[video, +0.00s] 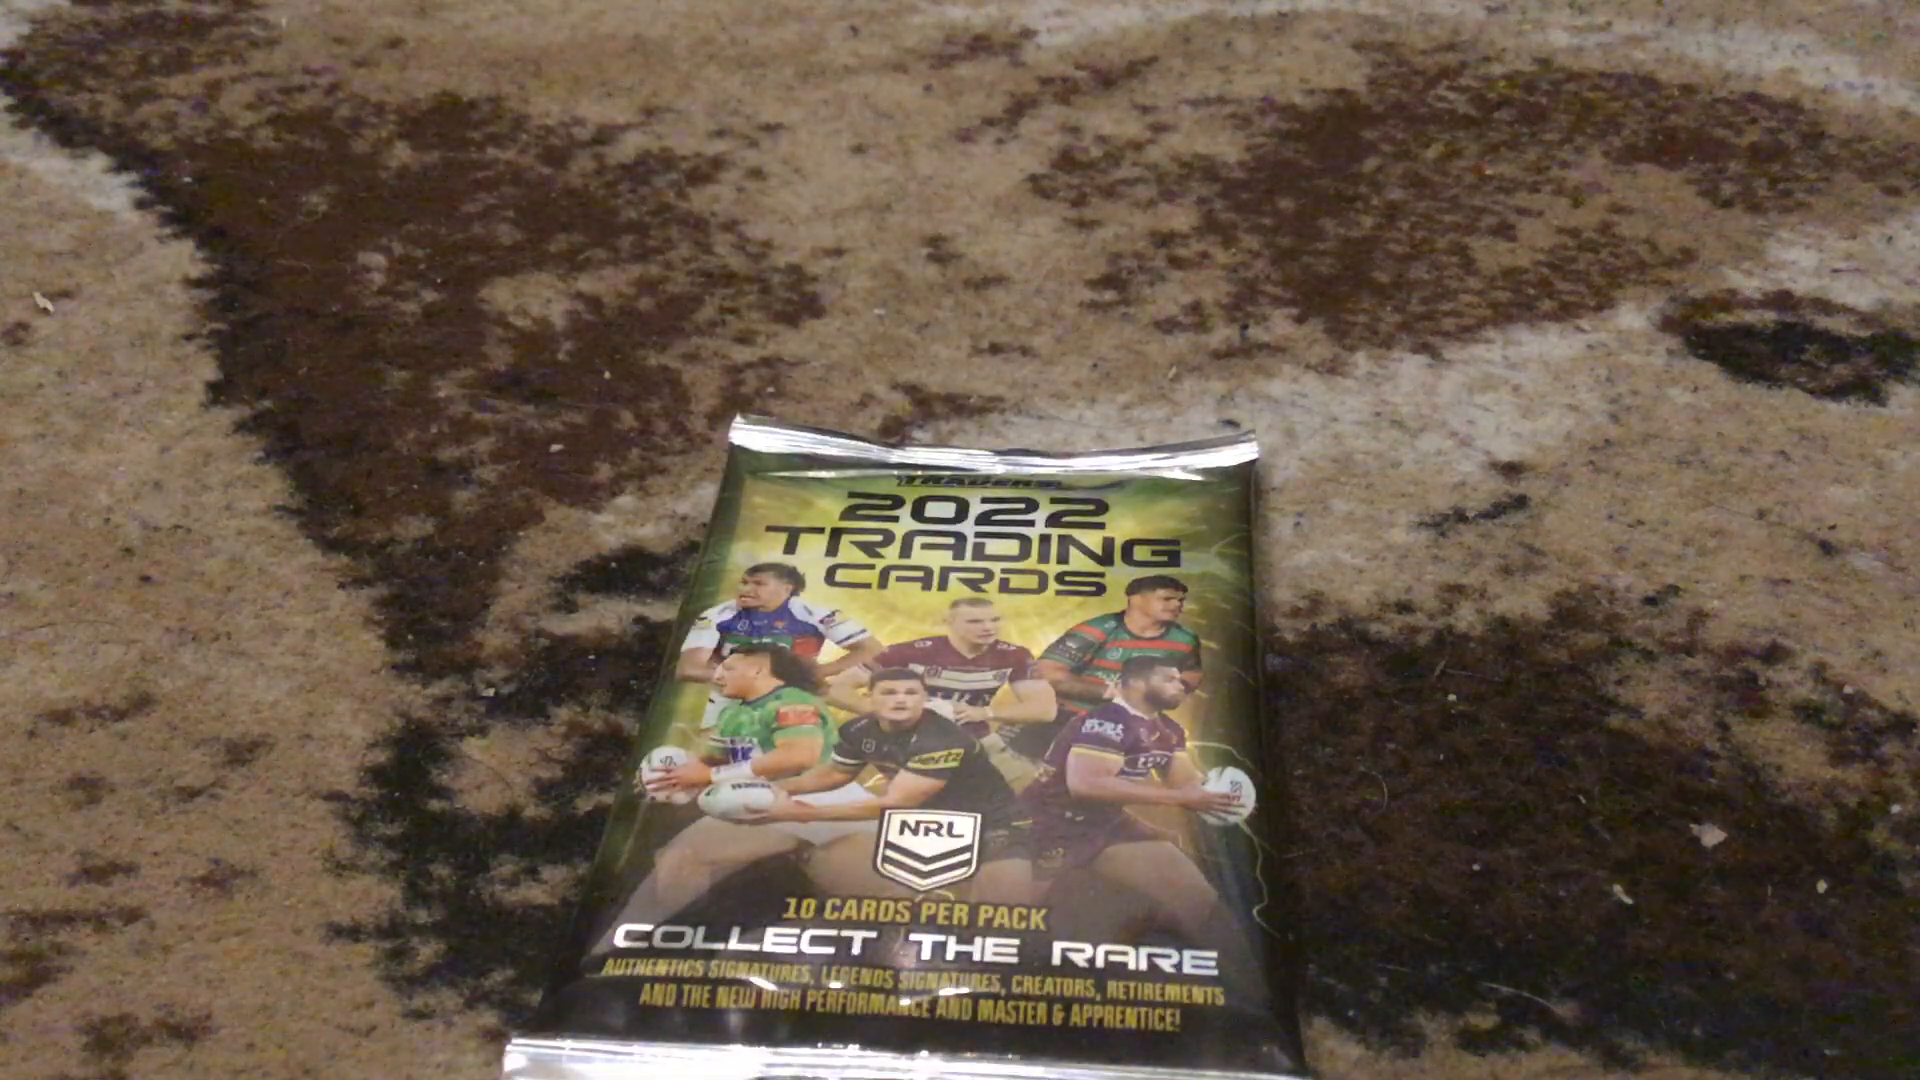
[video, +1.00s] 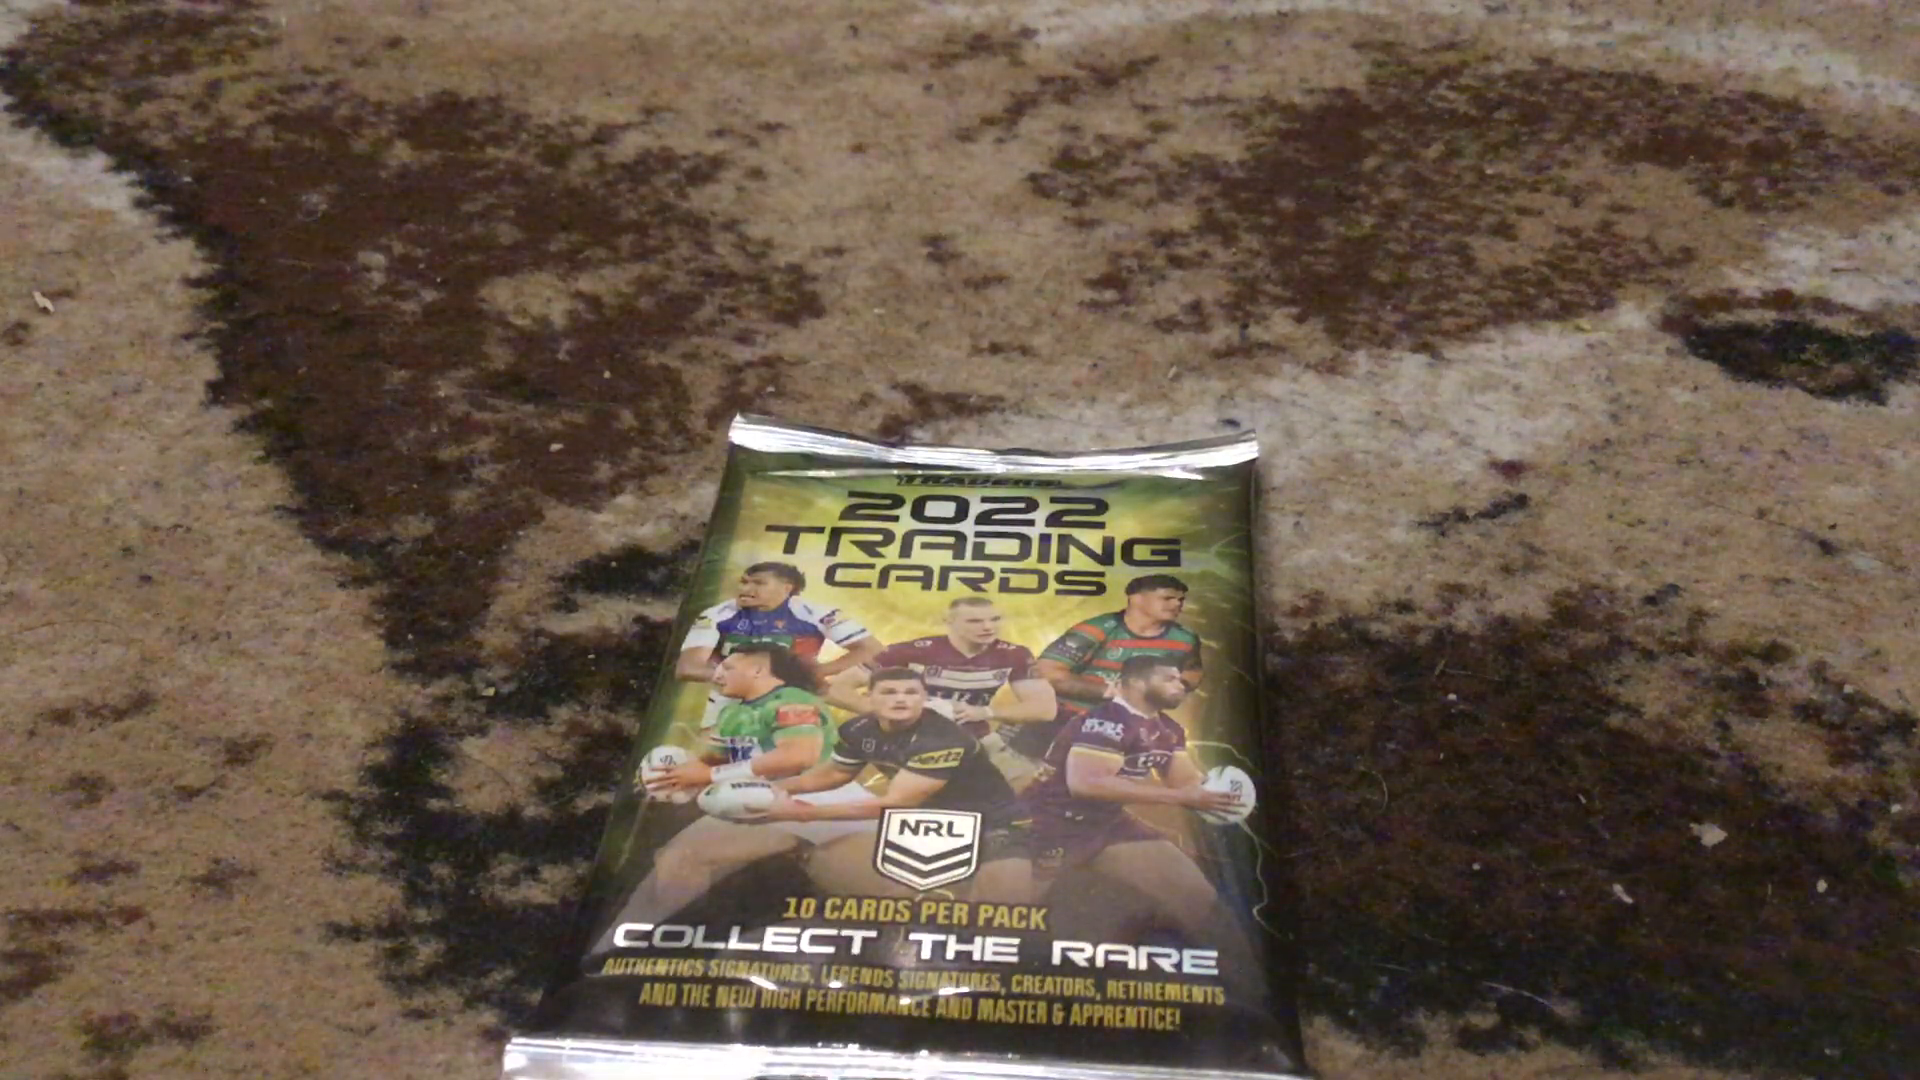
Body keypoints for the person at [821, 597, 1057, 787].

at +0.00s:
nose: (987, 629)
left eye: (993, 620)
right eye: (975, 621)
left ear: (999, 620)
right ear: (949, 623)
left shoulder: (1015, 657)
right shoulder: (914, 653)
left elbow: (1045, 709)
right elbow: (834, 689)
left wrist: (984, 713)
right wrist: (888, 710)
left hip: (984, 747)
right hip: (922, 747)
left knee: (1041, 787)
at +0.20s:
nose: (987, 628)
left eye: (993, 620)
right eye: (975, 621)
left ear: (1000, 621)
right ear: (950, 623)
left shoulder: (1014, 657)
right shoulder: (915, 653)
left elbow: (1045, 709)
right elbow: (834, 688)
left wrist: (983, 713)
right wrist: (892, 710)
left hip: (985, 748)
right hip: (922, 747)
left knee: (1040, 787)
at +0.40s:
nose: (987, 628)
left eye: (993, 620)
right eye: (975, 621)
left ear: (999, 620)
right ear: (950, 622)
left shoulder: (1014, 657)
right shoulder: (915, 653)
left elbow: (1045, 709)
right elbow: (834, 687)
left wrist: (987, 713)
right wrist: (886, 710)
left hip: (984, 748)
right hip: (922, 747)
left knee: (1039, 787)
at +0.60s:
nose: (987, 628)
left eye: (993, 620)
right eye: (975, 621)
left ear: (1000, 621)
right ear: (950, 623)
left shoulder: (1015, 657)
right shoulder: (915, 653)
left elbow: (1045, 709)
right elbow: (834, 687)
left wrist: (987, 713)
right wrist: (888, 710)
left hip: (985, 748)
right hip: (923, 746)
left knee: (1039, 787)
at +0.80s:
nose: (987, 628)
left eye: (992, 620)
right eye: (975, 621)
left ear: (999, 620)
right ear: (951, 622)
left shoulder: (1014, 657)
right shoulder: (918, 652)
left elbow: (1045, 709)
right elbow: (834, 688)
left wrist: (987, 713)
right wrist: (895, 712)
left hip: (983, 747)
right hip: (923, 744)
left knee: (1034, 784)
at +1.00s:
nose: (987, 628)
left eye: (993, 620)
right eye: (975, 621)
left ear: (999, 620)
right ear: (951, 622)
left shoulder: (1014, 657)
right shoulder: (916, 652)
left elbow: (1045, 709)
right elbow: (836, 689)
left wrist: (986, 712)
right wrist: (896, 711)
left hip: (984, 746)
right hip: (924, 745)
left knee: (1036, 784)